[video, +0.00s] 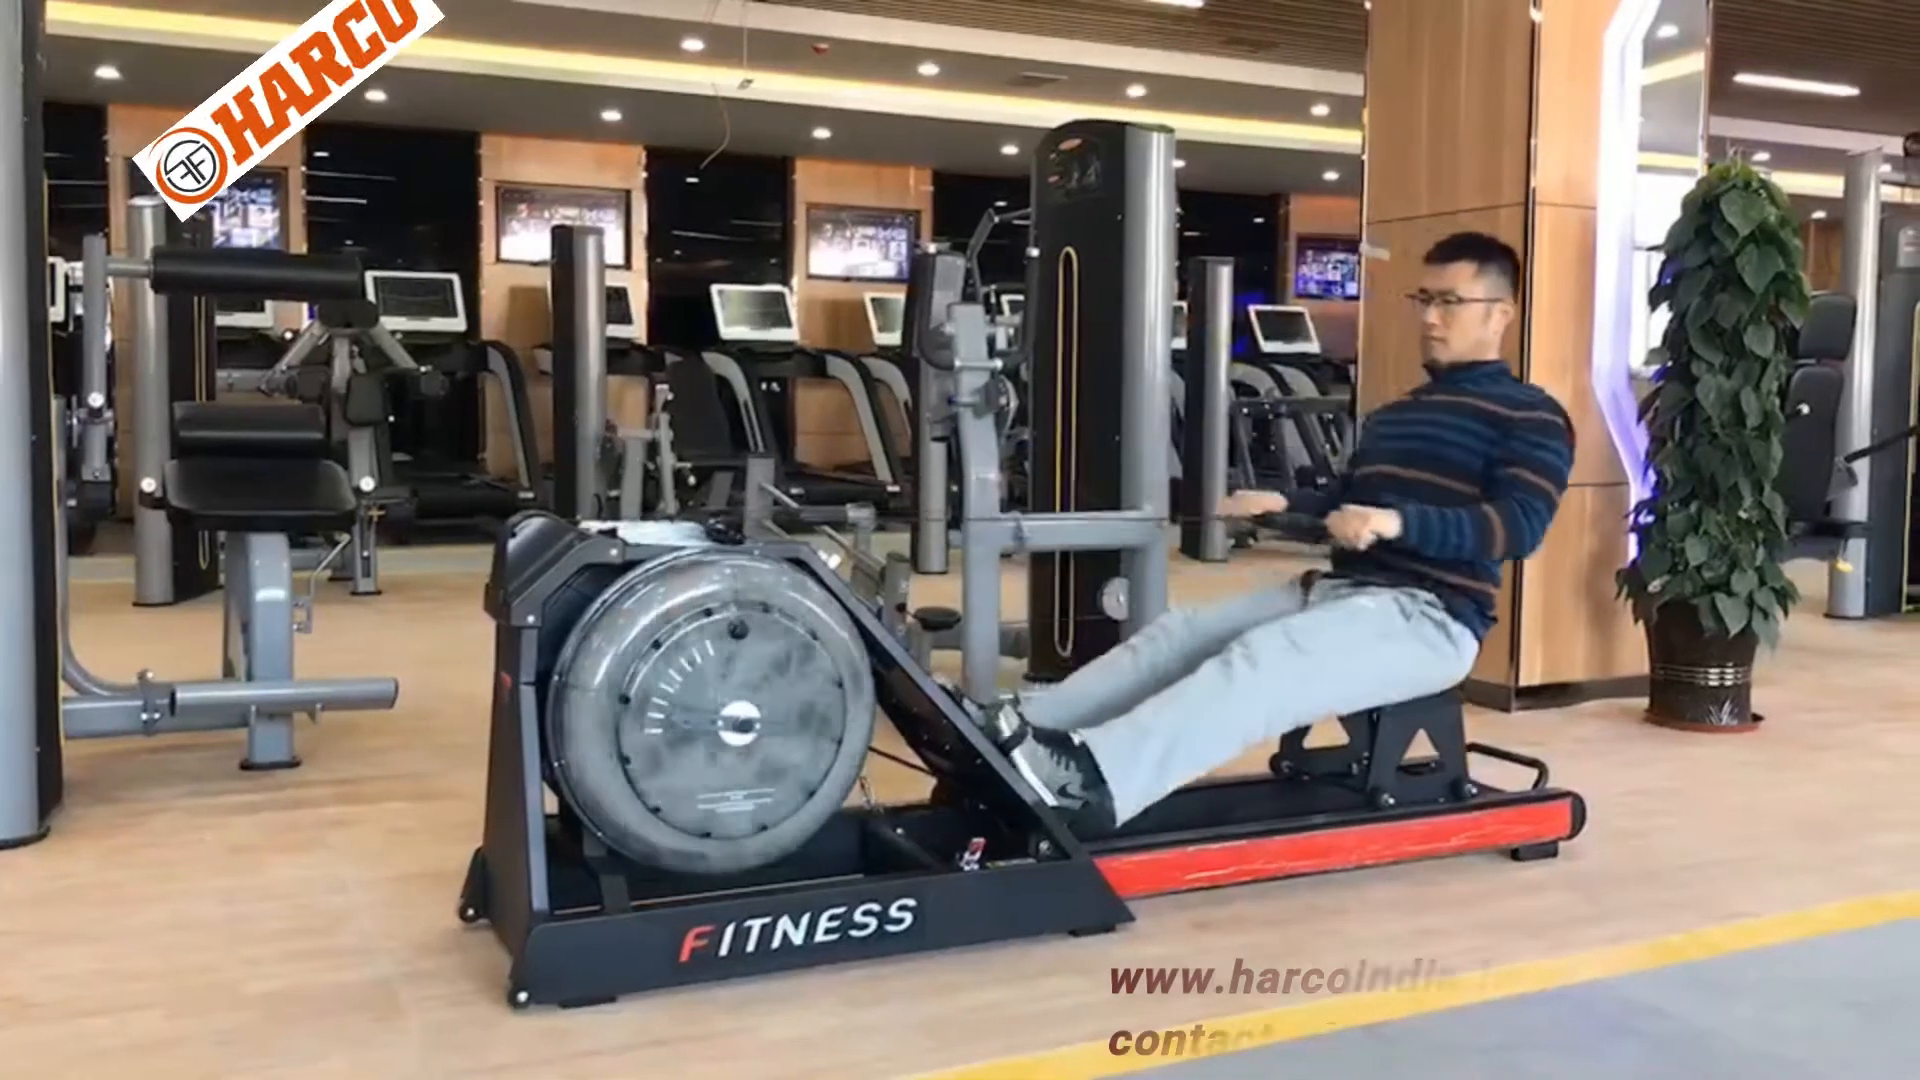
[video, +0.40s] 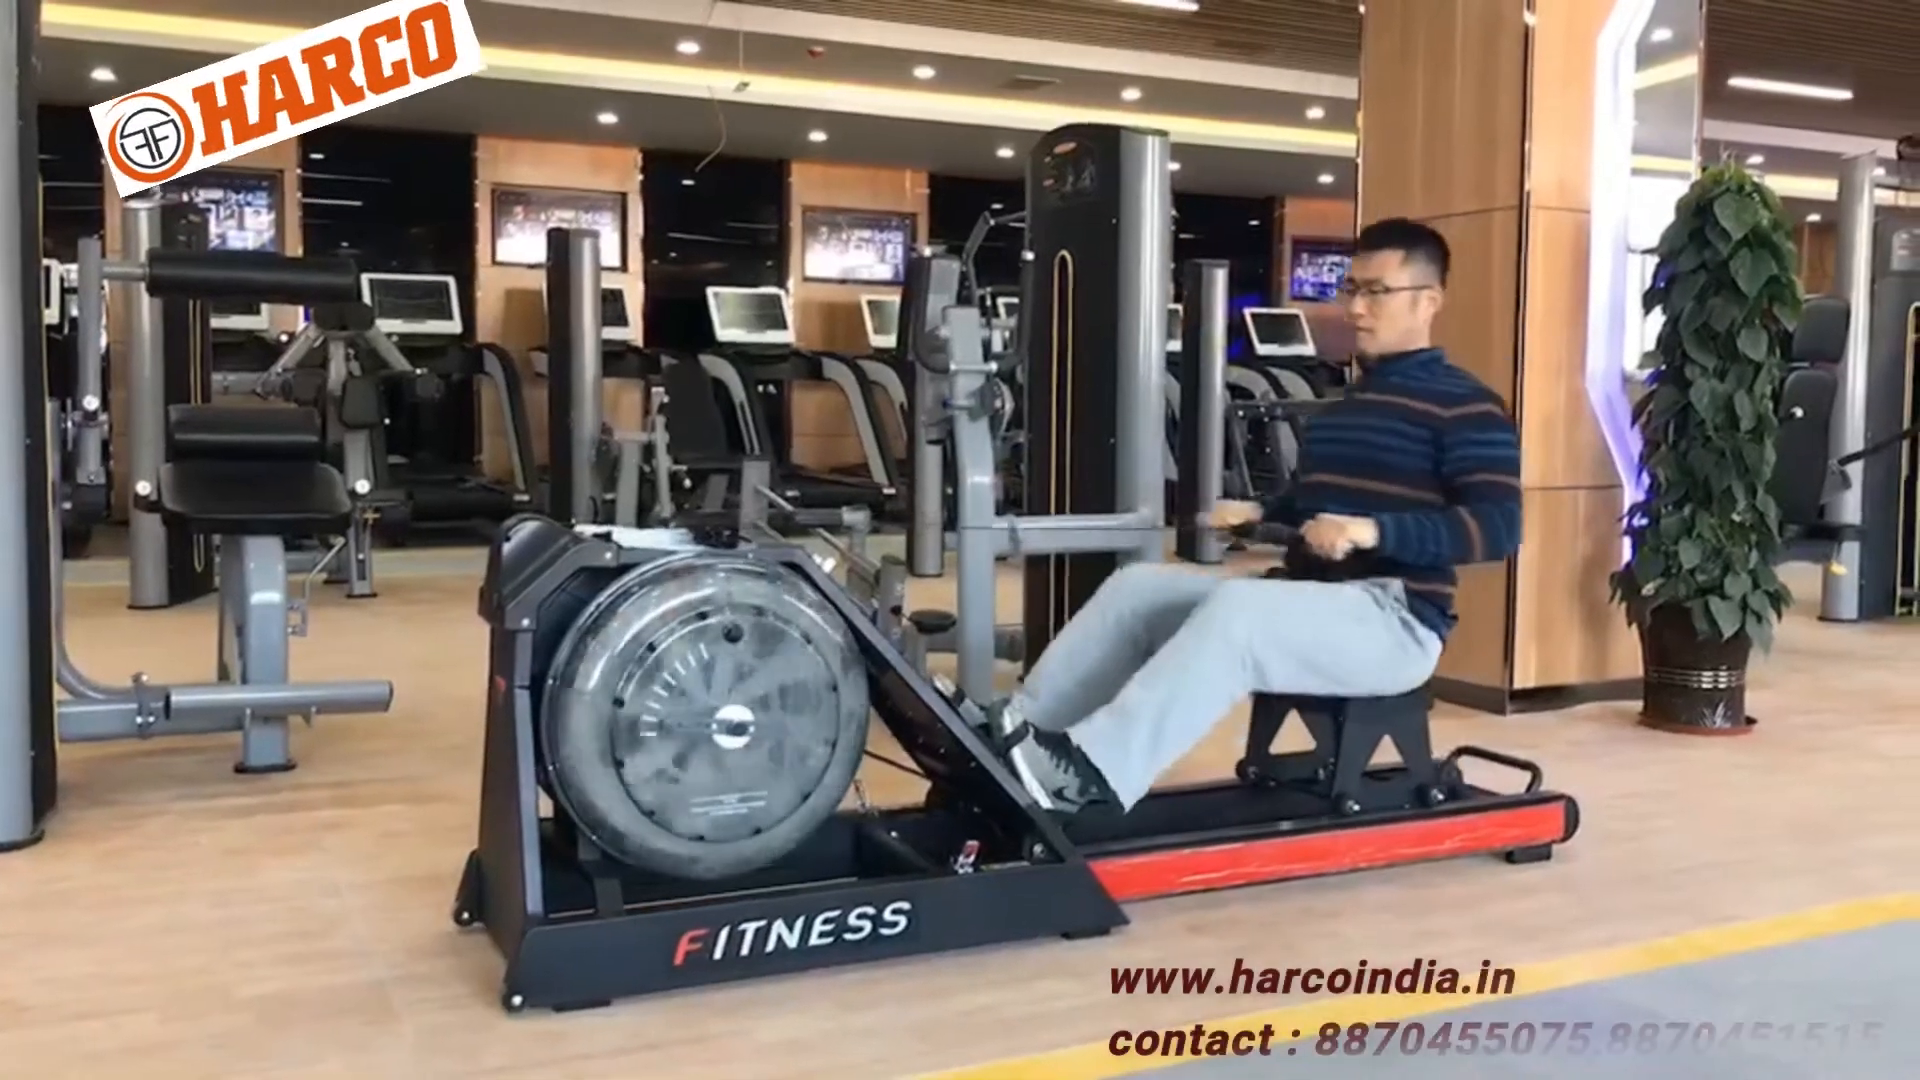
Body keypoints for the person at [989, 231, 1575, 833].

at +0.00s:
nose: (1429, 317)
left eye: (1450, 302)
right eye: (1424, 301)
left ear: (1503, 317)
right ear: (1417, 307)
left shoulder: (1534, 415)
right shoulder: (1401, 410)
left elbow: (1514, 528)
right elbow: (1353, 498)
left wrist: (1401, 524)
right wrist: (1285, 500)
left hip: (1424, 615)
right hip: (1334, 589)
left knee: (1253, 670)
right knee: (1183, 631)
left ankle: (1092, 786)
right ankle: (1022, 728)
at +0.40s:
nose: (1356, 307)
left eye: (1377, 292)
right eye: (1351, 290)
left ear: (1431, 303)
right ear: (1344, 294)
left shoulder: (1467, 405)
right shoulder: (1339, 402)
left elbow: (1496, 529)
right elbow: (1310, 504)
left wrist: (1377, 528)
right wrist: (1257, 514)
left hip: (1396, 621)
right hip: (1305, 597)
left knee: (1234, 616)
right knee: (1137, 586)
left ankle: (1094, 771)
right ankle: (1014, 729)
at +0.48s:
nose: (1331, 305)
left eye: (1352, 290)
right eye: (1326, 288)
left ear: (1405, 303)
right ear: (1317, 294)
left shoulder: (1442, 404)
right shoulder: (1315, 400)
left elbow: (1463, 525)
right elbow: (1283, 506)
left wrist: (1337, 521)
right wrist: (1225, 510)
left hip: (1380, 621)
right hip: (1294, 600)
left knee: (1224, 605)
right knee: (1121, 580)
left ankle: (1088, 769)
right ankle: (1007, 731)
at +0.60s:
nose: (1277, 301)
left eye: (1298, 286)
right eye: (1274, 285)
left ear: (1354, 299)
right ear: (1268, 290)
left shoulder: (1390, 405)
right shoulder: (1266, 404)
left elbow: (1370, 520)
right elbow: (1211, 493)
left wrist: (1248, 516)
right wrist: (1143, 498)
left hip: (1347, 626)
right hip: (1251, 604)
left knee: (1198, 581)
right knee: (1090, 560)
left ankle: (1074, 764)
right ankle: (1000, 725)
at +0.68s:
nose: (1250, 301)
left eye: (1272, 285)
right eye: (1248, 284)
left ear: (1331, 299)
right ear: (1240, 290)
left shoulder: (1359, 403)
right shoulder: (1234, 399)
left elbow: (1321, 508)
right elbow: (1181, 473)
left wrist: (1198, 514)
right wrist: (1099, 495)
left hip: (1326, 624)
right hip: (1229, 601)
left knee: (1182, 575)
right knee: (1069, 559)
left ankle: (1062, 764)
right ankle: (989, 732)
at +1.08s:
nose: (1171, 296)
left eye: (1192, 282)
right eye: (1169, 280)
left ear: (1249, 297)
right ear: (1163, 287)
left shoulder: (1271, 398)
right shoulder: (1159, 394)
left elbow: (1179, 472)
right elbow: (1069, 452)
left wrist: (1048, 501)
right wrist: (959, 487)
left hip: (1260, 631)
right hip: (1162, 610)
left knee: (1125, 553)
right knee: (998, 538)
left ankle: (1046, 766)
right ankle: (979, 734)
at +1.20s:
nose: (1195, 295)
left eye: (1217, 282)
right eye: (1193, 280)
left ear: (1273, 298)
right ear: (1186, 287)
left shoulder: (1295, 397)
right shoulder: (1182, 387)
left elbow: (1202, 473)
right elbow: (1094, 449)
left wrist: (1075, 498)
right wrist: (983, 478)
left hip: (1275, 628)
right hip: (1177, 600)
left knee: (1137, 558)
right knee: (1028, 546)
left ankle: (1046, 765)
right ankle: (970, 734)